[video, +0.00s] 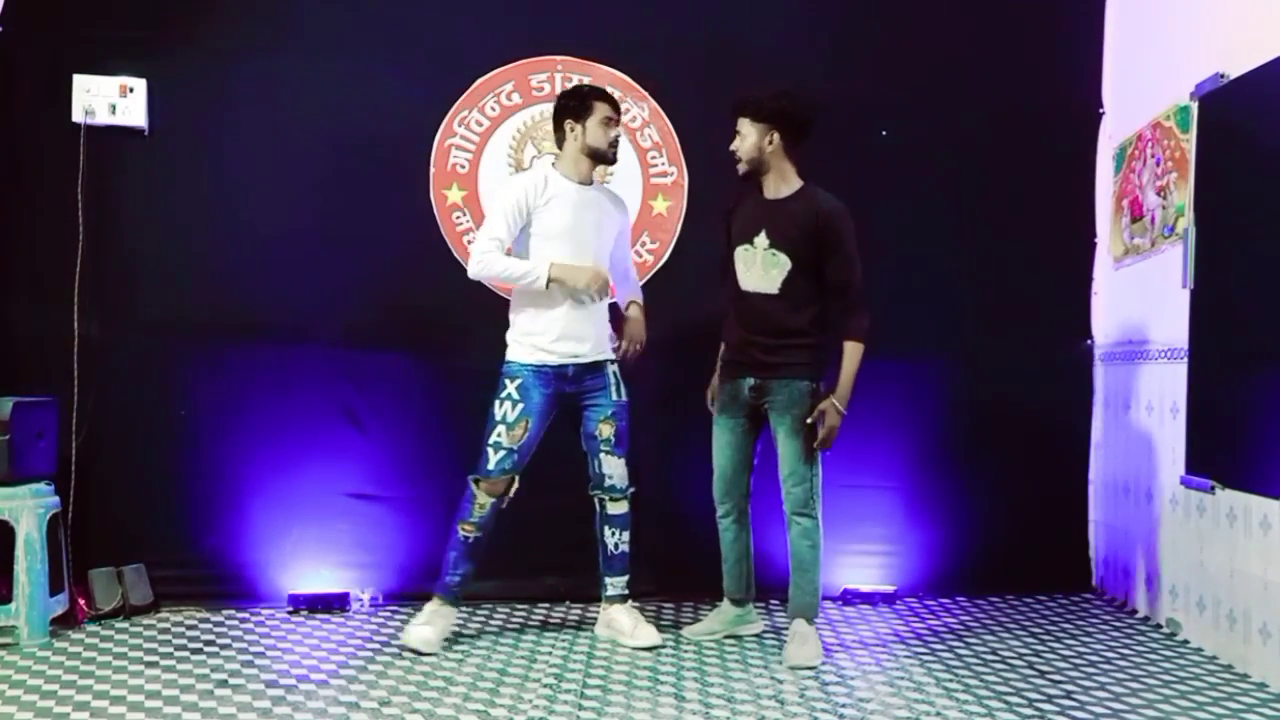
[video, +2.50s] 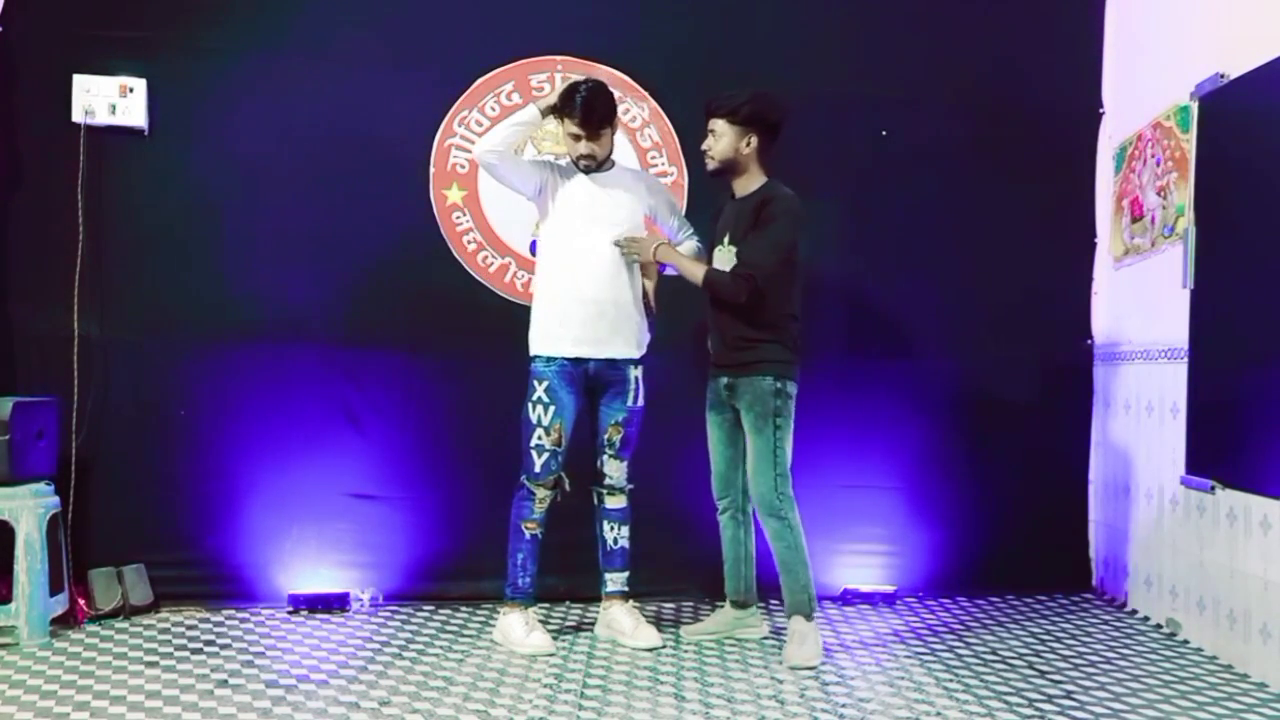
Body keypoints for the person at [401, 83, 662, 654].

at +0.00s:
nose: (617, 133)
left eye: (618, 125)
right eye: (607, 123)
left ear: (591, 133)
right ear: (571, 128)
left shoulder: (614, 207)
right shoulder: (525, 188)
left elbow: (624, 272)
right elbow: (483, 262)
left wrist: (634, 308)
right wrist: (556, 273)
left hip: (598, 362)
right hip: (532, 360)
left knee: (613, 481)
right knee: (493, 479)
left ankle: (616, 605)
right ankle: (445, 603)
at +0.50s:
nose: (632, 123)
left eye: (633, 114)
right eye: (623, 112)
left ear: (613, 119)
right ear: (587, 113)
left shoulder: (629, 184)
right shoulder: (541, 175)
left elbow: (660, 241)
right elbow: (469, 226)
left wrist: (639, 268)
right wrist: (519, 285)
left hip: (626, 351)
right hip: (566, 350)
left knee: (616, 481)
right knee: (549, 481)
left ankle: (615, 604)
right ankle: (516, 612)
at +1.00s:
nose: (640, 125)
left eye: (642, 116)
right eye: (632, 114)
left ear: (621, 121)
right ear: (595, 115)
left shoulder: (636, 185)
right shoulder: (546, 177)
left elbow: (672, 248)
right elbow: (485, 246)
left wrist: (655, 263)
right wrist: (527, 306)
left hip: (634, 353)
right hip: (573, 353)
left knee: (619, 480)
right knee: (551, 480)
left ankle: (616, 605)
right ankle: (516, 611)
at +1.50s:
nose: (639, 123)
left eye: (642, 115)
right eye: (630, 113)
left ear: (630, 121)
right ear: (593, 114)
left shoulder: (638, 187)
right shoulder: (547, 176)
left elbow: (676, 252)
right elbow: (485, 244)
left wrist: (654, 262)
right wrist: (531, 295)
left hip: (629, 353)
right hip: (566, 352)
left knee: (617, 480)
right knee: (546, 479)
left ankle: (615, 605)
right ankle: (516, 611)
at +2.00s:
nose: (598, 145)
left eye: (606, 133)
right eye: (587, 134)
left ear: (620, 127)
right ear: (566, 128)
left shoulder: (642, 187)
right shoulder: (550, 179)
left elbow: (685, 251)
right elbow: (497, 180)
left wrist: (666, 259)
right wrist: (533, 125)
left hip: (626, 351)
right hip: (562, 349)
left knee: (617, 480)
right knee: (543, 478)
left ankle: (615, 604)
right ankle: (516, 610)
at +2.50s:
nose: (585, 152)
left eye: (594, 141)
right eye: (576, 142)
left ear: (613, 129)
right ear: (559, 134)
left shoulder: (644, 187)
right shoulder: (549, 180)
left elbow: (690, 245)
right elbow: (489, 154)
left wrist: (655, 260)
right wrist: (542, 117)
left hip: (623, 353)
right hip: (557, 350)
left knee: (616, 478)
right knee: (542, 476)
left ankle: (616, 604)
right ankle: (516, 610)